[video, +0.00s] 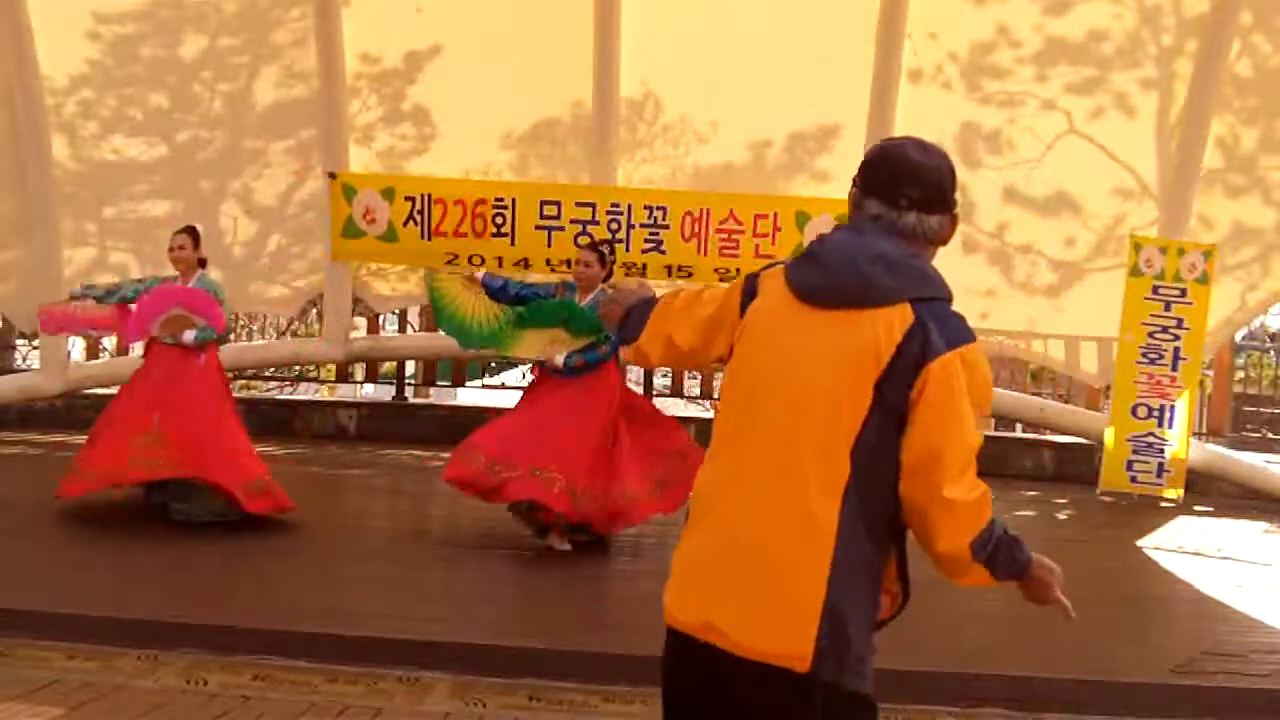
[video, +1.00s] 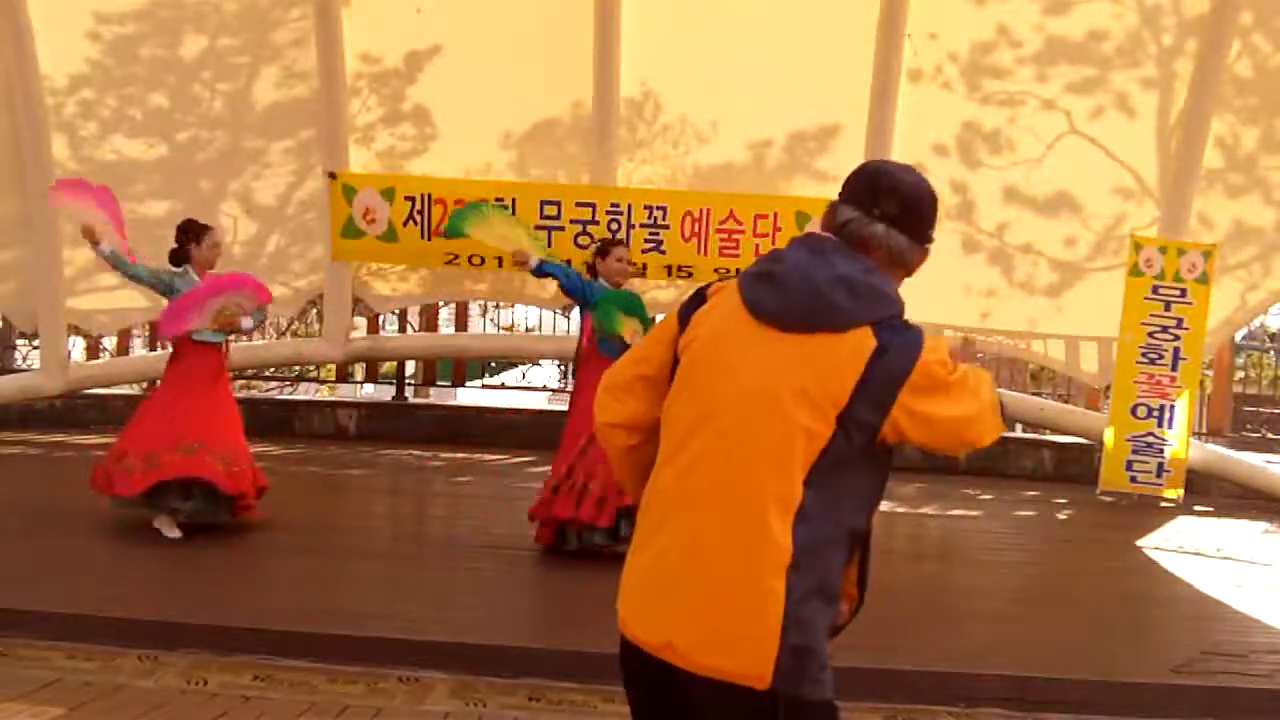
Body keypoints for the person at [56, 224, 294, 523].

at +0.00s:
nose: (175, 254)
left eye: (182, 248)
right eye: (172, 248)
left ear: (197, 253)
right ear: (169, 253)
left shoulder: (210, 289)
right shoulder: (161, 285)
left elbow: (221, 329)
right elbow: (123, 292)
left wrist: (187, 335)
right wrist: (85, 293)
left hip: (195, 365)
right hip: (161, 363)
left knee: (195, 425)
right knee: (158, 424)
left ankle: (197, 494)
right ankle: (161, 490)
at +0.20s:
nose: (175, 249)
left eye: (183, 244)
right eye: (172, 245)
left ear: (199, 249)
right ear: (170, 250)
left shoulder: (211, 281)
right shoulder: (165, 279)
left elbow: (232, 308)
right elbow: (132, 262)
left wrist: (205, 321)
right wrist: (99, 240)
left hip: (200, 360)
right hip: (164, 358)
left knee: (200, 425)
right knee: (163, 422)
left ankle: (201, 500)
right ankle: (169, 492)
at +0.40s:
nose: (178, 248)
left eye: (185, 242)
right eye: (175, 243)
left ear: (201, 247)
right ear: (172, 249)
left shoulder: (211, 279)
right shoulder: (169, 277)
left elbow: (235, 302)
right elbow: (145, 254)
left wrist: (208, 315)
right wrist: (132, 220)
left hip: (199, 358)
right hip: (165, 357)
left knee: (199, 424)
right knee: (161, 422)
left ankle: (196, 498)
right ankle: (161, 498)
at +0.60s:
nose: (180, 249)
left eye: (186, 244)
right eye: (176, 245)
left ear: (202, 248)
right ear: (173, 250)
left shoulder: (212, 280)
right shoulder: (168, 278)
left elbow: (233, 304)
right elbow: (145, 248)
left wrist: (201, 319)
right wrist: (151, 211)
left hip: (205, 362)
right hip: (169, 361)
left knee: (203, 426)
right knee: (165, 426)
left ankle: (198, 497)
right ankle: (168, 506)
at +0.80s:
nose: (188, 249)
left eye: (194, 244)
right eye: (182, 244)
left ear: (202, 249)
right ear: (173, 250)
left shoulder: (211, 281)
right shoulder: (166, 281)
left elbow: (240, 305)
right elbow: (136, 253)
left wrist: (208, 322)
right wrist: (150, 217)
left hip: (209, 362)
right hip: (175, 361)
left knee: (206, 427)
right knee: (169, 428)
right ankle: (168, 508)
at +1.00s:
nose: (218, 253)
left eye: (219, 247)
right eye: (212, 246)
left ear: (204, 250)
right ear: (192, 248)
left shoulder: (220, 286)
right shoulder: (177, 281)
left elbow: (260, 312)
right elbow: (134, 271)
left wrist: (241, 322)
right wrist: (99, 245)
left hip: (214, 367)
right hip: (187, 366)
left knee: (214, 432)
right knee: (179, 432)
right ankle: (165, 509)